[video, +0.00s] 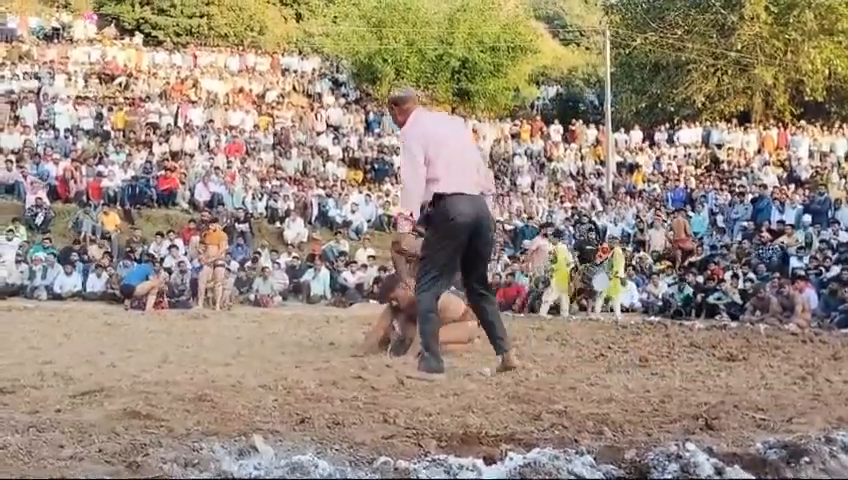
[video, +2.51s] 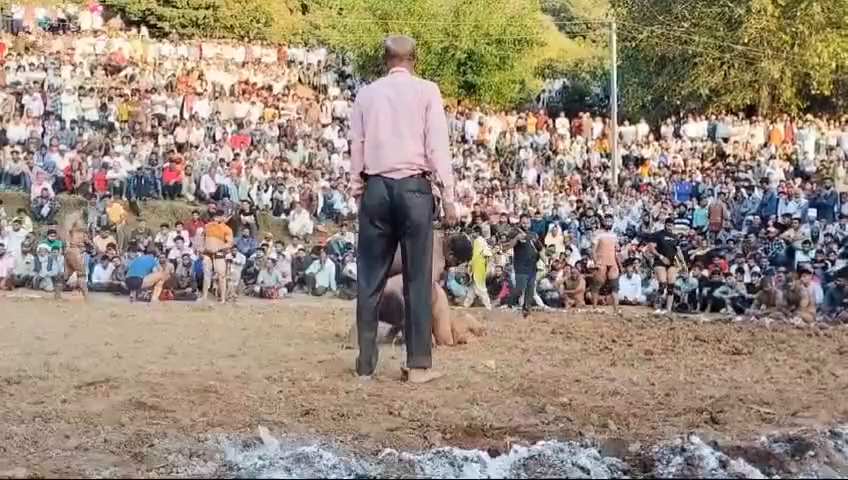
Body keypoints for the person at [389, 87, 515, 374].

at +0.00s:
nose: (394, 121)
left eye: (392, 115)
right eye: (392, 115)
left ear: (398, 108)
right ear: (416, 103)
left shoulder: (413, 130)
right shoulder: (453, 122)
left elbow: (414, 176)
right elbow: (480, 163)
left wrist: (407, 216)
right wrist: (485, 195)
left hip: (450, 206)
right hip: (480, 205)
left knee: (428, 287)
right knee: (478, 286)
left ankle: (431, 359)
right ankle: (506, 352)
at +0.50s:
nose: (396, 98)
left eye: (396, 94)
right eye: (396, 95)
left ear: (402, 91)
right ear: (425, 85)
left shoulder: (398, 114)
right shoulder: (457, 108)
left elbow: (389, 163)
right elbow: (475, 155)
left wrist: (387, 207)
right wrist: (478, 189)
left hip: (414, 198)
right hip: (452, 197)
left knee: (412, 278)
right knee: (442, 285)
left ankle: (428, 346)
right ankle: (425, 363)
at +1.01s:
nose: (417, 69)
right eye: (422, 64)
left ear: (397, 70)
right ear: (425, 66)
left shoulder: (384, 101)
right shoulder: (446, 93)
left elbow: (374, 152)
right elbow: (457, 144)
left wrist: (373, 196)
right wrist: (468, 190)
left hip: (398, 192)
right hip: (437, 191)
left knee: (390, 276)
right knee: (436, 280)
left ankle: (372, 359)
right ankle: (430, 360)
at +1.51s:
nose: (382, 67)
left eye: (375, 62)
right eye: (389, 61)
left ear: (365, 68)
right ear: (393, 63)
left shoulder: (351, 99)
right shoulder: (416, 90)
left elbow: (343, 152)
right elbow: (429, 141)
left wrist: (342, 198)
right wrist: (441, 185)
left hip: (366, 191)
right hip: (407, 188)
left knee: (366, 279)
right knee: (416, 277)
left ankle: (367, 363)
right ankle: (422, 359)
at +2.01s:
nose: (380, 66)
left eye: (371, 61)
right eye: (391, 59)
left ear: (367, 64)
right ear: (393, 61)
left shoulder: (352, 99)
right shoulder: (416, 91)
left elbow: (343, 150)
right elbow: (428, 143)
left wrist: (339, 197)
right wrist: (440, 188)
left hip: (367, 192)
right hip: (407, 190)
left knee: (365, 280)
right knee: (413, 279)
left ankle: (365, 364)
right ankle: (415, 365)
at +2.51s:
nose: (403, 65)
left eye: (392, 59)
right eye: (410, 60)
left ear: (386, 60)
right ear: (415, 61)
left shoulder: (365, 93)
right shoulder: (428, 90)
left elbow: (356, 144)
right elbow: (437, 145)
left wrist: (357, 185)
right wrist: (448, 194)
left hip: (374, 190)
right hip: (415, 189)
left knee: (369, 278)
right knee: (419, 278)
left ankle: (366, 364)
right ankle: (419, 364)